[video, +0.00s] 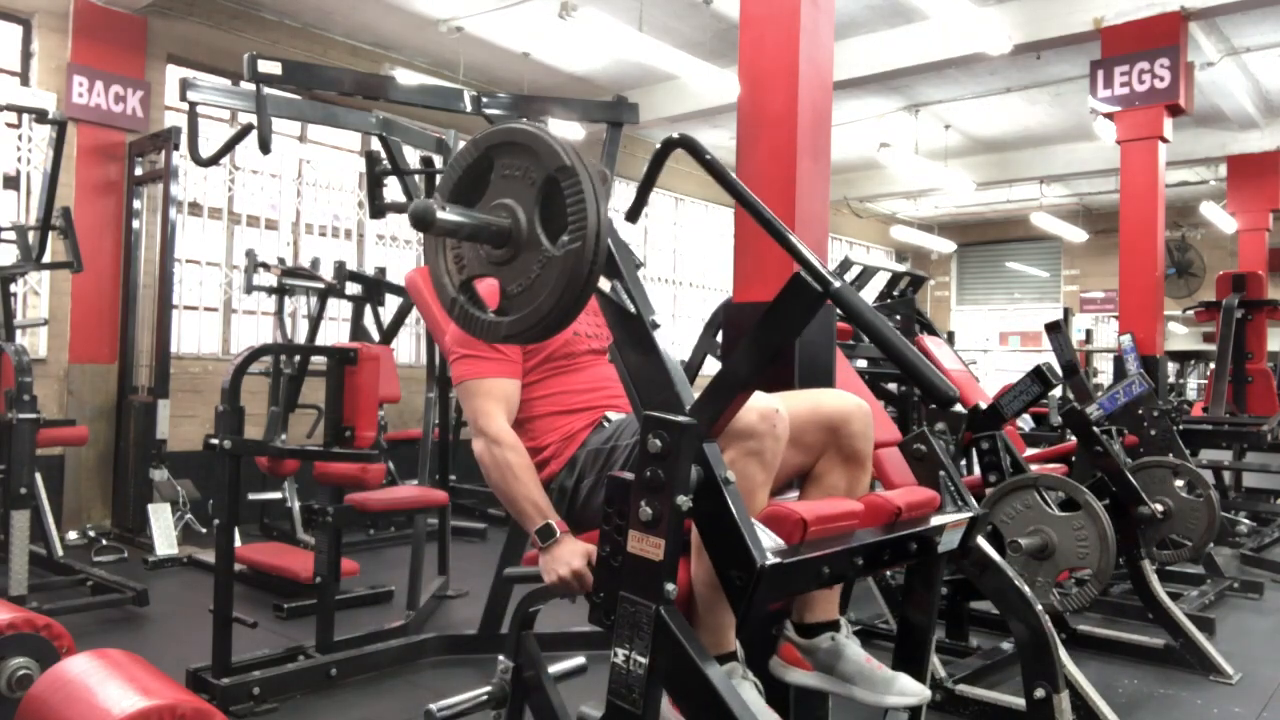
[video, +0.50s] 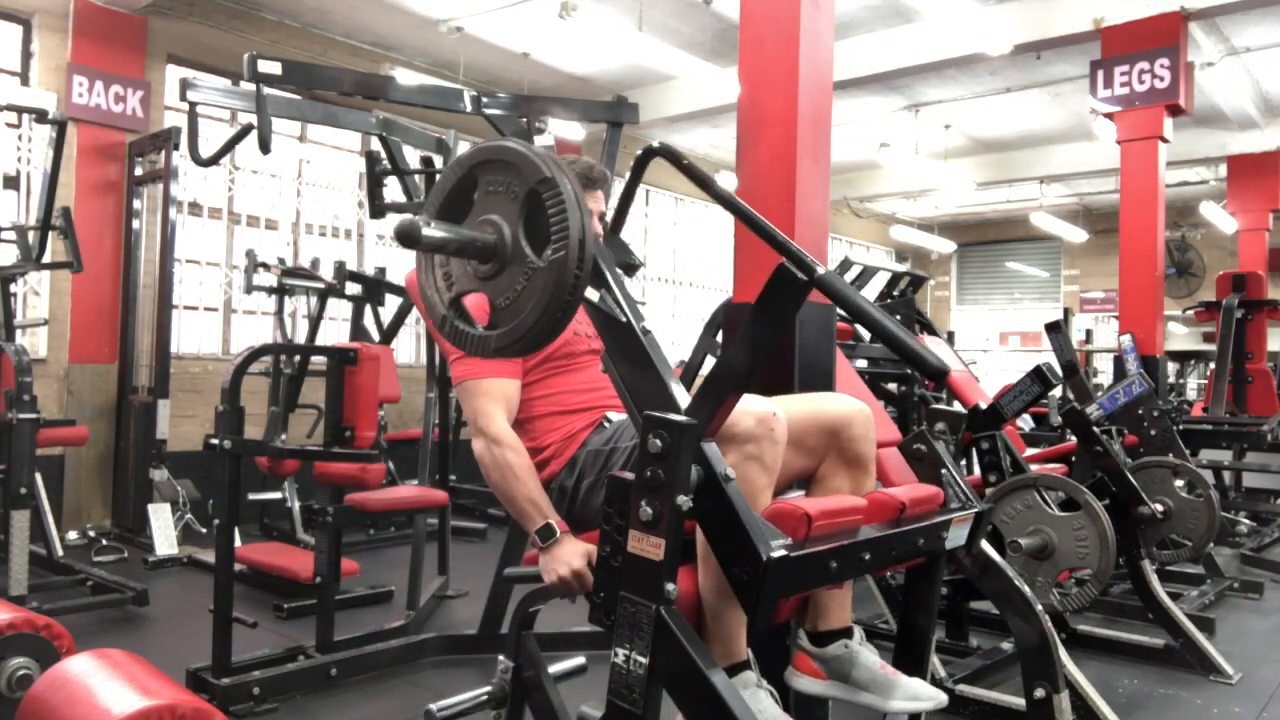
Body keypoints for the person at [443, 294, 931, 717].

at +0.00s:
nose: (544, 204)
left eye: (548, 193)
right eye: (528, 193)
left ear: (549, 204)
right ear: (496, 204)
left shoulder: (565, 272)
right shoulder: (482, 284)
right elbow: (489, 430)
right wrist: (551, 538)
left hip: (637, 437)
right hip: (575, 463)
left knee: (845, 419)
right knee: (755, 423)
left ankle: (817, 633)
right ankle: (712, 656)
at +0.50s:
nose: (601, 233)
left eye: (603, 219)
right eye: (593, 216)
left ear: (594, 217)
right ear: (553, 209)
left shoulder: (579, 289)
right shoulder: (489, 292)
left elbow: (625, 391)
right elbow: (489, 433)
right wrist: (551, 537)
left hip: (649, 438)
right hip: (586, 461)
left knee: (847, 424)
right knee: (753, 427)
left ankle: (832, 640)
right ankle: (729, 668)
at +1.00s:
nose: (594, 230)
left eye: (601, 220)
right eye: (580, 217)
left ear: (605, 229)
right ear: (536, 221)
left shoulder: (610, 304)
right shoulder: (501, 294)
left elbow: (645, 399)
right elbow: (487, 432)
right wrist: (551, 537)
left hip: (660, 439)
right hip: (584, 464)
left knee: (853, 419)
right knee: (758, 426)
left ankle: (915, 644)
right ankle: (818, 682)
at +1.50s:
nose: (595, 237)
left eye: (600, 224)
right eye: (580, 222)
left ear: (597, 227)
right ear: (534, 225)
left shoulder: (593, 301)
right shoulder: (497, 301)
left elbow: (631, 394)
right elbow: (488, 430)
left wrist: (697, 414)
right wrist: (551, 530)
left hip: (652, 434)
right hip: (588, 457)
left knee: (823, 430)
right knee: (814, 411)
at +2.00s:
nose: (596, 235)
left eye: (601, 223)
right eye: (580, 221)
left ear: (600, 228)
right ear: (534, 222)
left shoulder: (604, 302)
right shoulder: (493, 304)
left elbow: (637, 400)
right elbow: (490, 438)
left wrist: (720, 412)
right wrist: (552, 533)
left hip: (657, 444)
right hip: (581, 467)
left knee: (853, 450)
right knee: (772, 442)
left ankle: (1074, 531)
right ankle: (974, 551)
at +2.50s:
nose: (593, 234)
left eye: (598, 222)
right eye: (578, 219)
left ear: (598, 227)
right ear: (533, 219)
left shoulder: (610, 305)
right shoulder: (494, 299)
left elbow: (655, 396)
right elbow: (487, 430)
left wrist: (721, 425)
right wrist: (549, 533)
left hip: (660, 440)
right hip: (585, 460)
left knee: (818, 452)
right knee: (772, 456)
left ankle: (999, 489)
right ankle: (991, 492)